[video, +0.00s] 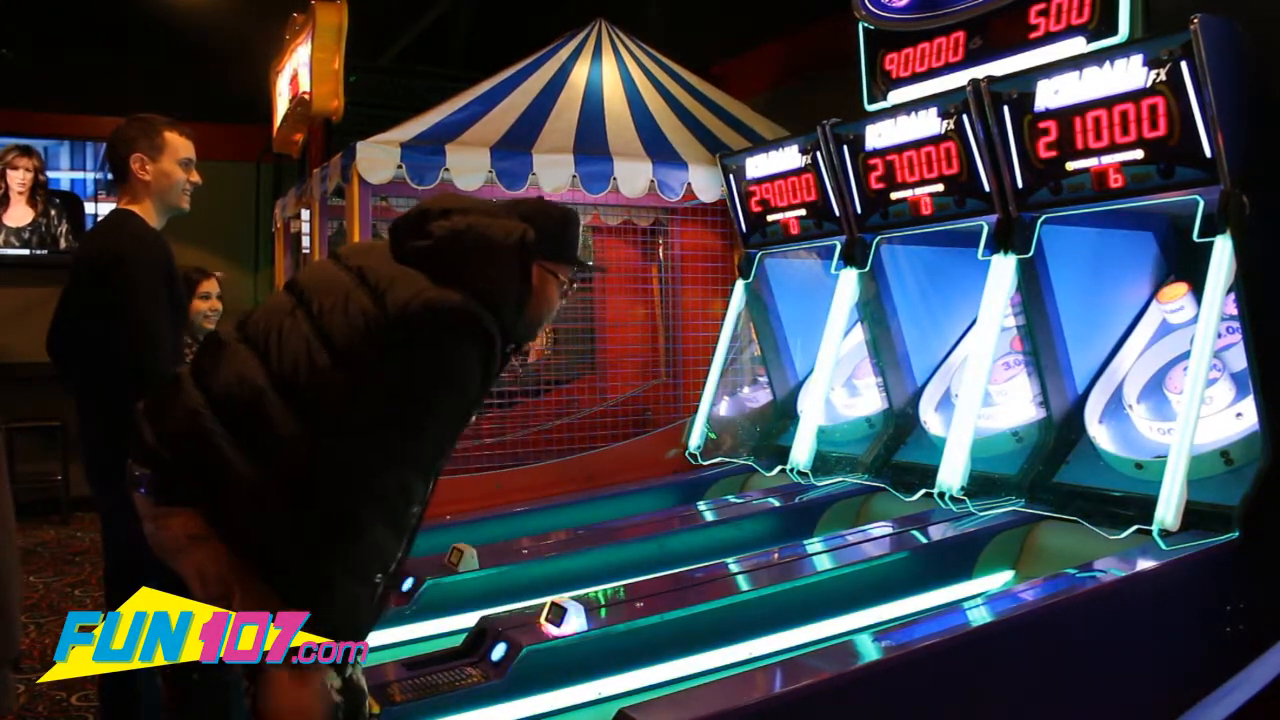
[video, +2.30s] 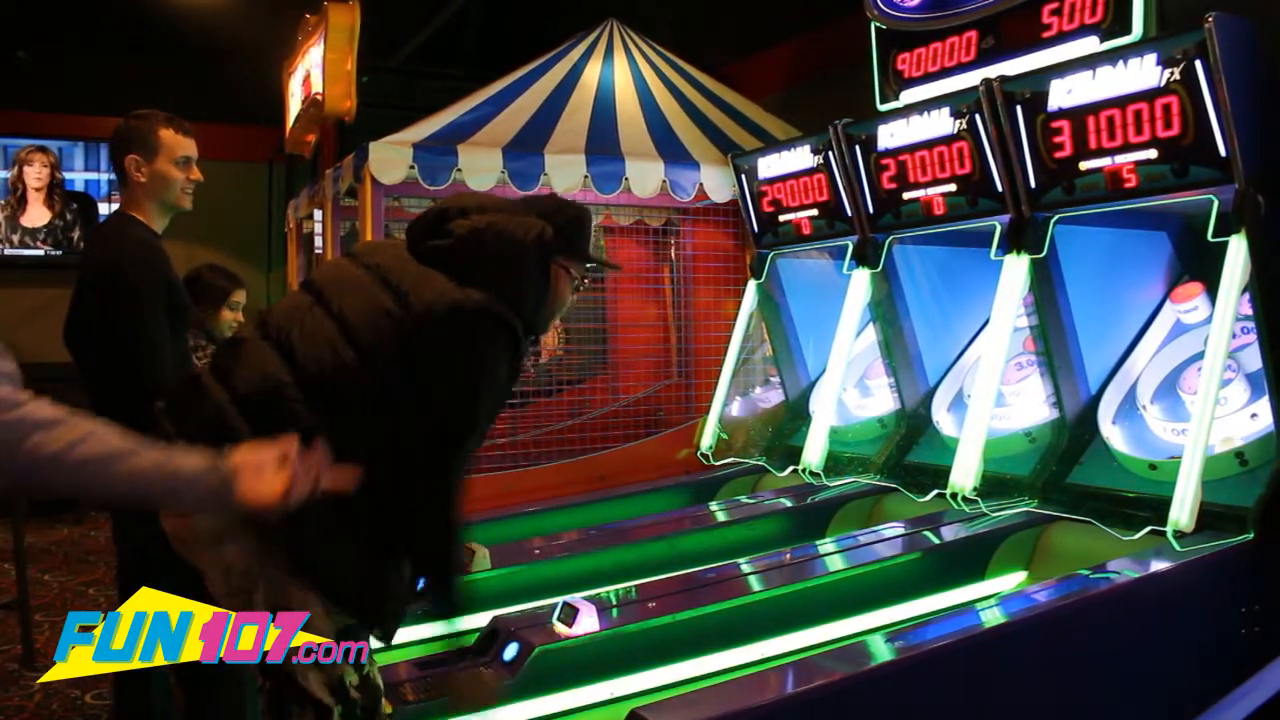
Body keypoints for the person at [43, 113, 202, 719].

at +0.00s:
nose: (195, 177)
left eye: (194, 166)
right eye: (184, 164)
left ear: (140, 171)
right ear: (142, 167)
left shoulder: (102, 239)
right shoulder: (142, 245)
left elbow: (62, 342)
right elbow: (158, 367)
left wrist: (112, 411)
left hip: (109, 449)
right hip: (139, 456)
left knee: (127, 585)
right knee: (154, 593)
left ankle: (124, 701)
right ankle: (147, 704)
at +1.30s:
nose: (202, 176)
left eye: (201, 163)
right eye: (191, 163)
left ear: (145, 171)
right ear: (146, 168)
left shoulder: (115, 240)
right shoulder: (147, 250)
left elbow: (75, 337)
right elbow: (168, 367)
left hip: (123, 451)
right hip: (150, 458)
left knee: (139, 592)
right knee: (172, 596)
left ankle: (135, 705)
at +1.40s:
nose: (201, 176)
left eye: (199, 163)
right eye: (189, 163)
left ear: (145, 172)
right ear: (144, 169)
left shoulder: (117, 241)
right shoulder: (144, 251)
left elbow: (76, 337)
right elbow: (168, 371)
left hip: (124, 451)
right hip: (150, 460)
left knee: (140, 592)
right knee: (171, 596)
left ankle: (137, 705)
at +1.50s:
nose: (199, 175)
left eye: (198, 163)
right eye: (188, 163)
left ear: (143, 172)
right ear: (142, 169)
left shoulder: (117, 242)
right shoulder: (140, 251)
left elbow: (77, 336)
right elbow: (169, 373)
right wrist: (235, 325)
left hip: (126, 452)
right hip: (150, 461)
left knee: (141, 594)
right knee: (171, 597)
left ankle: (138, 706)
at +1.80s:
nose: (196, 176)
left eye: (195, 163)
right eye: (183, 164)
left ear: (141, 172)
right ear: (137, 169)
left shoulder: (118, 241)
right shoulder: (137, 252)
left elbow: (79, 336)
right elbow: (163, 371)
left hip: (126, 451)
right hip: (145, 460)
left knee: (143, 591)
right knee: (166, 595)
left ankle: (139, 703)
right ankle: (156, 704)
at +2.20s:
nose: (196, 175)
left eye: (196, 163)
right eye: (184, 163)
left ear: (141, 171)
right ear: (138, 169)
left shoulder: (110, 240)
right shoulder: (138, 250)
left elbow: (77, 336)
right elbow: (163, 374)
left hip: (119, 444)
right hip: (146, 454)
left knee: (136, 593)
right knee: (148, 601)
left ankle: (135, 700)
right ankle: (145, 704)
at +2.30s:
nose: (195, 177)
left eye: (195, 165)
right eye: (183, 164)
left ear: (141, 173)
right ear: (137, 169)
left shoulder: (119, 242)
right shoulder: (133, 251)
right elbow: (161, 381)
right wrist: (222, 462)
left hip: (137, 454)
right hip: (147, 458)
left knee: (151, 601)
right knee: (168, 605)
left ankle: (146, 706)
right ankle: (165, 707)